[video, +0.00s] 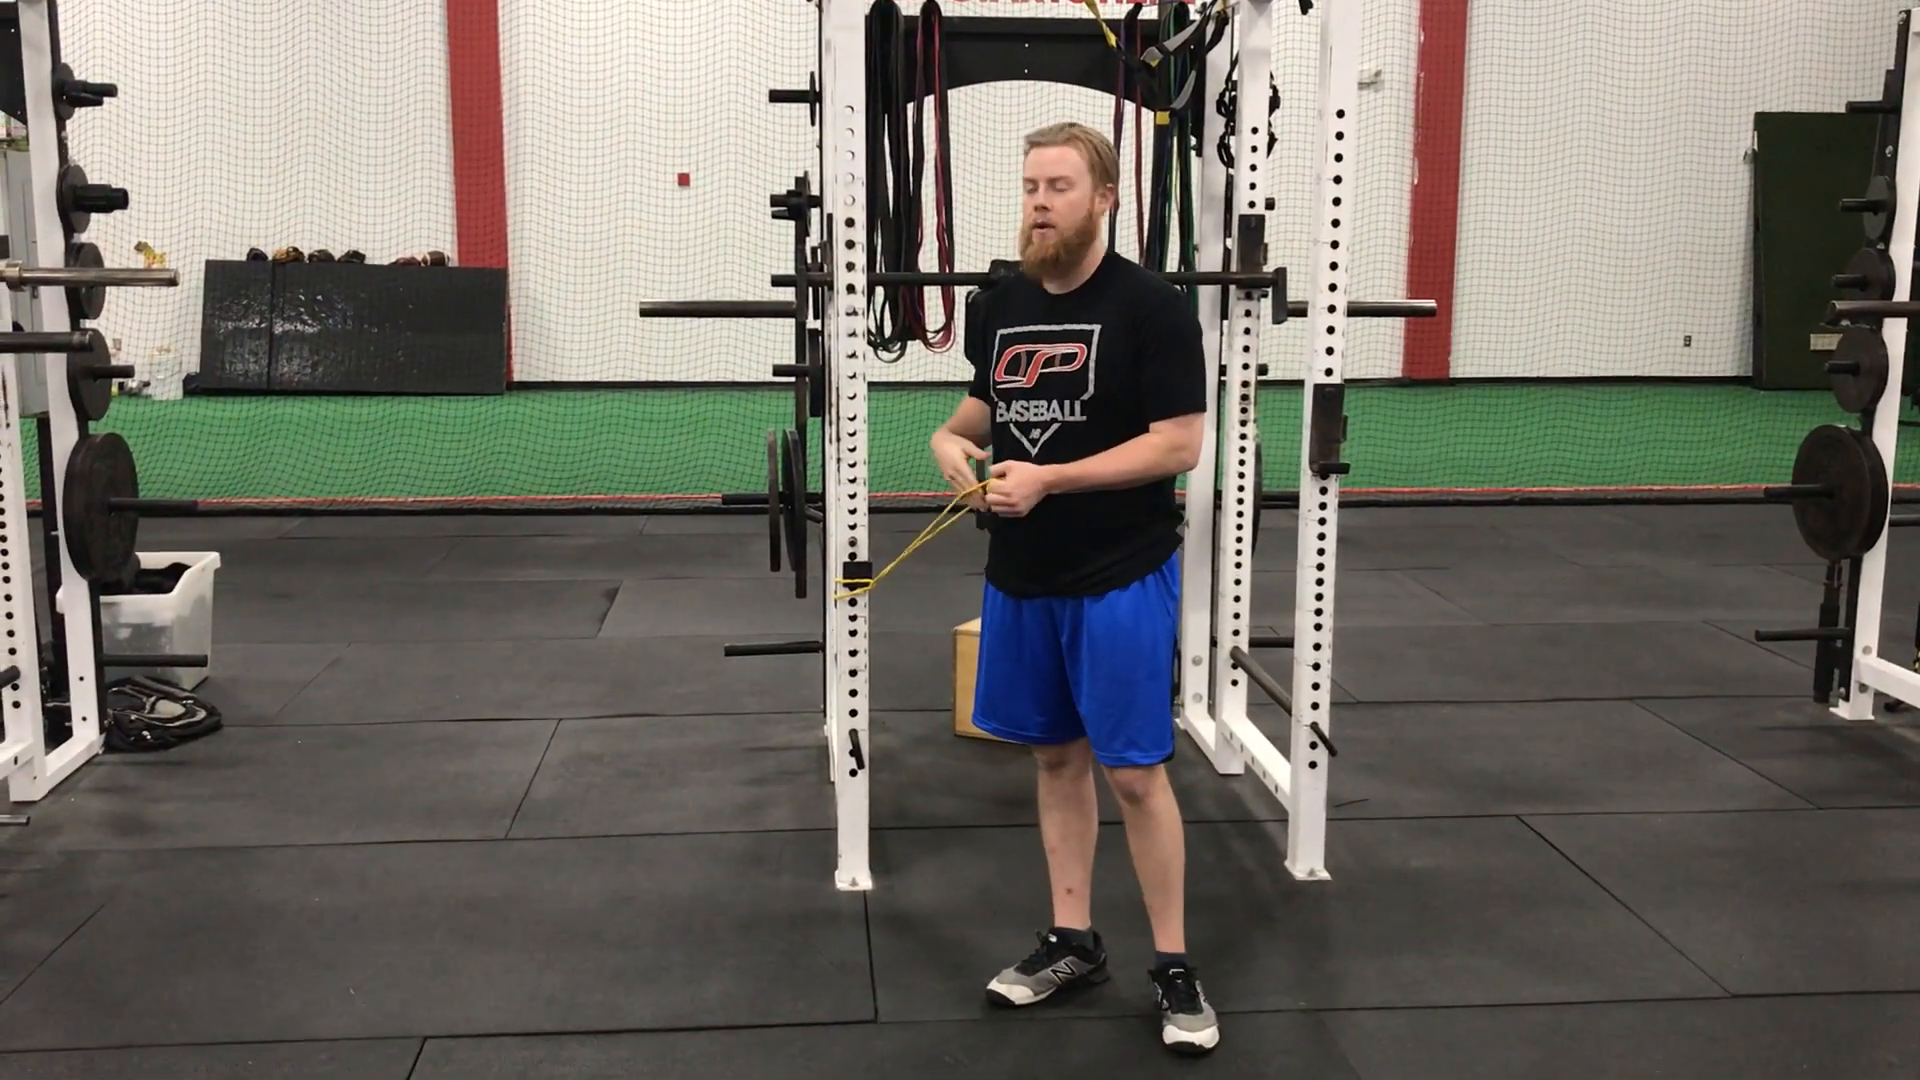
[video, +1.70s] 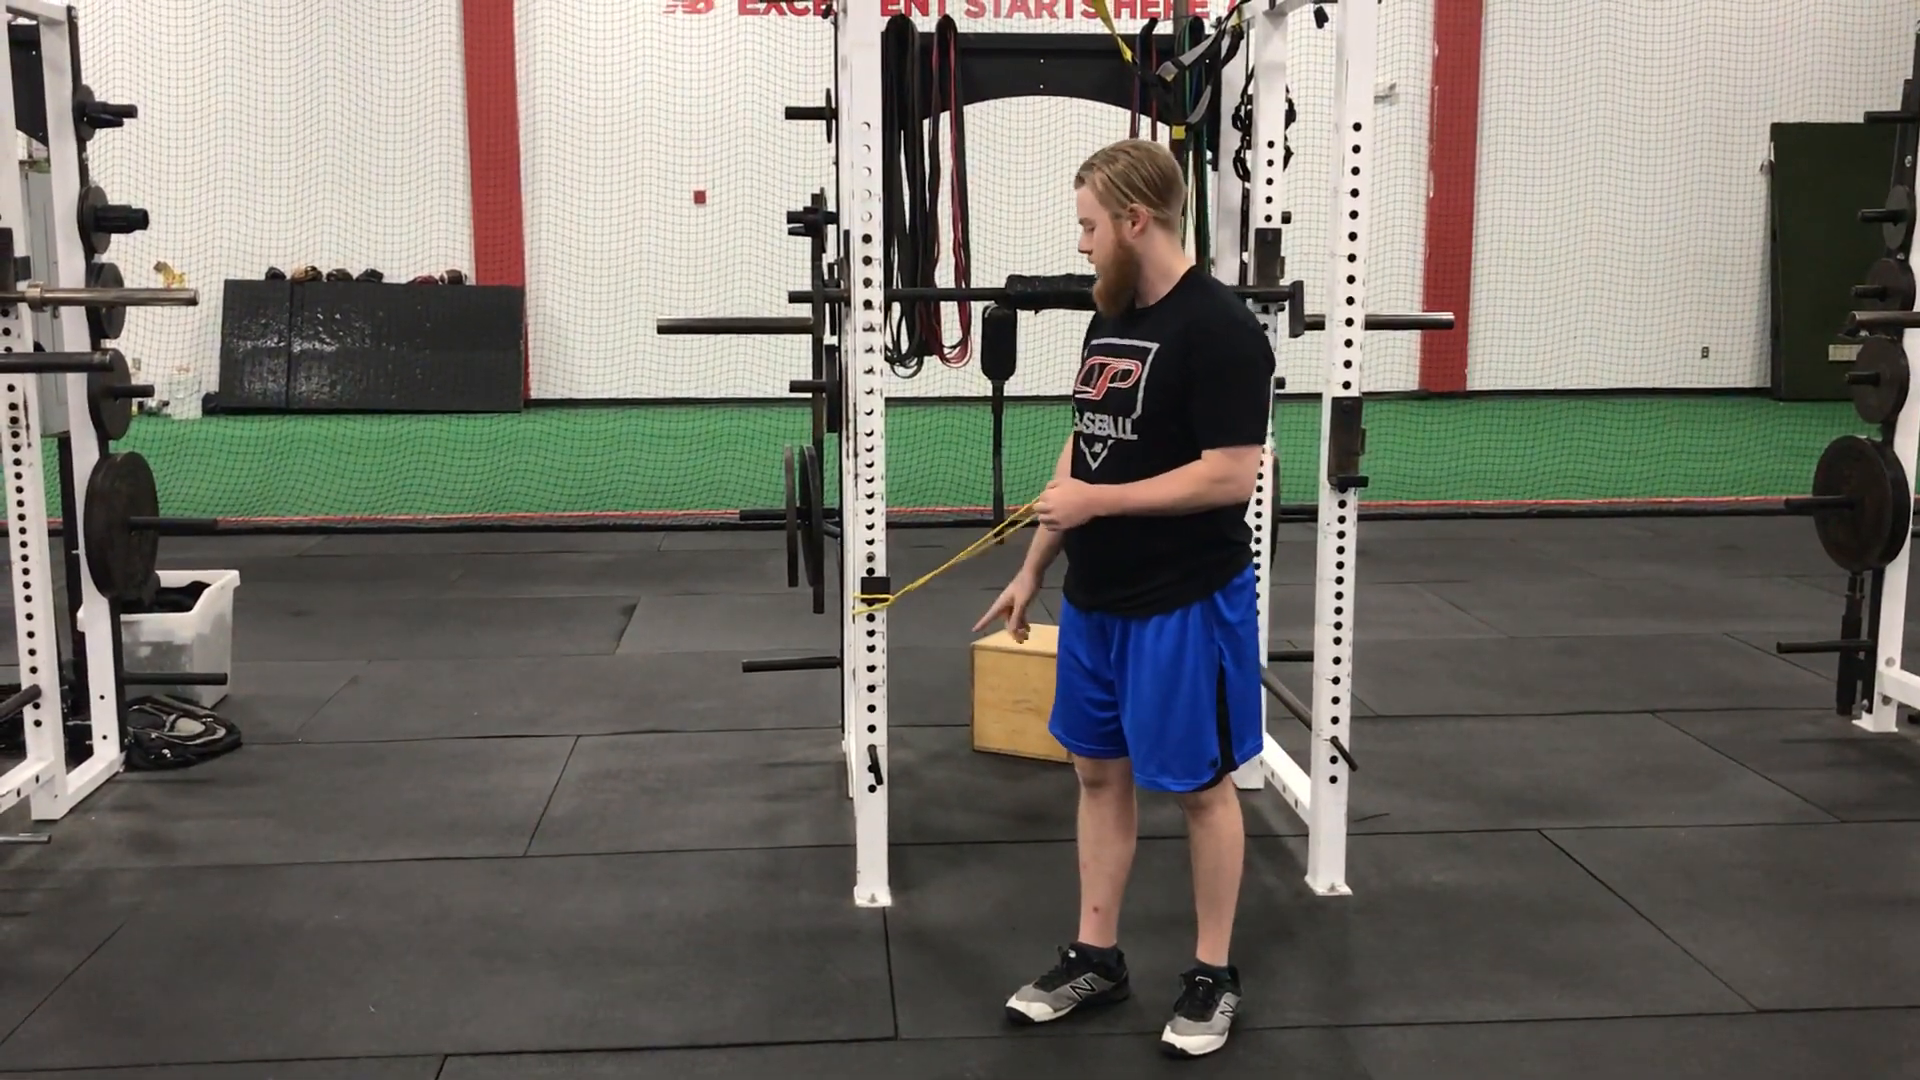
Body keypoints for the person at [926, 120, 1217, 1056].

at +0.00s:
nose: (1037, 202)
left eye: (1057, 187)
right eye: (1029, 187)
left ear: (1102, 200)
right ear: (1021, 199)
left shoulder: (1152, 305)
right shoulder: (999, 301)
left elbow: (1182, 442)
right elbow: (986, 408)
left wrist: (1050, 476)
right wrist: (948, 438)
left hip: (1122, 578)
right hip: (1024, 579)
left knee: (1134, 774)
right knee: (1057, 760)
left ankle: (1172, 966)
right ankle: (1072, 940)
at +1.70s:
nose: (1081, 242)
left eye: (1089, 224)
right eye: (1080, 224)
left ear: (1138, 221)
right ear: (1135, 221)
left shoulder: (1223, 328)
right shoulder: (1114, 321)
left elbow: (1236, 474)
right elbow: (1089, 462)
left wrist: (1097, 498)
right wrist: (1033, 569)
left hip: (1191, 603)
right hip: (1099, 596)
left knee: (1203, 785)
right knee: (1100, 772)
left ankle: (1211, 974)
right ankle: (1096, 959)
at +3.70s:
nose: (1089, 235)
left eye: (1102, 216)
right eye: (1088, 218)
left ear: (1160, 220)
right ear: (1133, 222)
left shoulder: (1229, 339)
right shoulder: (1113, 328)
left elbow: (1236, 493)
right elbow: (1116, 474)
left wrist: (1100, 511)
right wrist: (1070, 580)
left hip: (1196, 617)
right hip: (1097, 605)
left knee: (1221, 802)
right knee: (1031, 760)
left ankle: (1247, 975)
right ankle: (1036, 969)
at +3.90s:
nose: (1007, 254)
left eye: (1020, 235)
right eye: (1008, 236)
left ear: (1076, 236)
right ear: (1067, 238)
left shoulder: (1143, 349)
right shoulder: (1051, 339)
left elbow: (1149, 506)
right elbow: (1077, 472)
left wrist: (1025, 531)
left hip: (1144, 634)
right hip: (1041, 622)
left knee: (1189, 813)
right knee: (958, 769)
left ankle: (1247, 974)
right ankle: (917, 982)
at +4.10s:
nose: (899, 250)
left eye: (910, 231)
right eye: (901, 231)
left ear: (959, 236)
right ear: (966, 239)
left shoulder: (1012, 342)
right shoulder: (975, 341)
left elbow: (1014, 495)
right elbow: (1008, 450)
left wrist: (914, 530)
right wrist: (945, 428)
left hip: (1034, 638)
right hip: (949, 626)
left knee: (1072, 837)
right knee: (881, 782)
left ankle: (1218, 943)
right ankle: (895, 995)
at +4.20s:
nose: (852, 236)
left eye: (864, 216)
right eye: (857, 218)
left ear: (913, 226)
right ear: (925, 230)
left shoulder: (957, 328)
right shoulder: (932, 328)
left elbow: (949, 481)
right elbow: (951, 477)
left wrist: (861, 500)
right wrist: (884, 499)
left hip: (988, 626)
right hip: (920, 618)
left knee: (976, 841)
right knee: (870, 783)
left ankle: (1150, 929)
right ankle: (895, 993)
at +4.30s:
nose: (822, 222)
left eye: (834, 205)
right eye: (828, 205)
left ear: (873, 216)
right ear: (894, 220)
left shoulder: (903, 317)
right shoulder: (909, 311)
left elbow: (892, 472)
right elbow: (909, 466)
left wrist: (823, 477)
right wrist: (848, 470)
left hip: (946, 608)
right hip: (914, 604)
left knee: (888, 823)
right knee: (860, 788)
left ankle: (1054, 973)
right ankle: (898, 995)